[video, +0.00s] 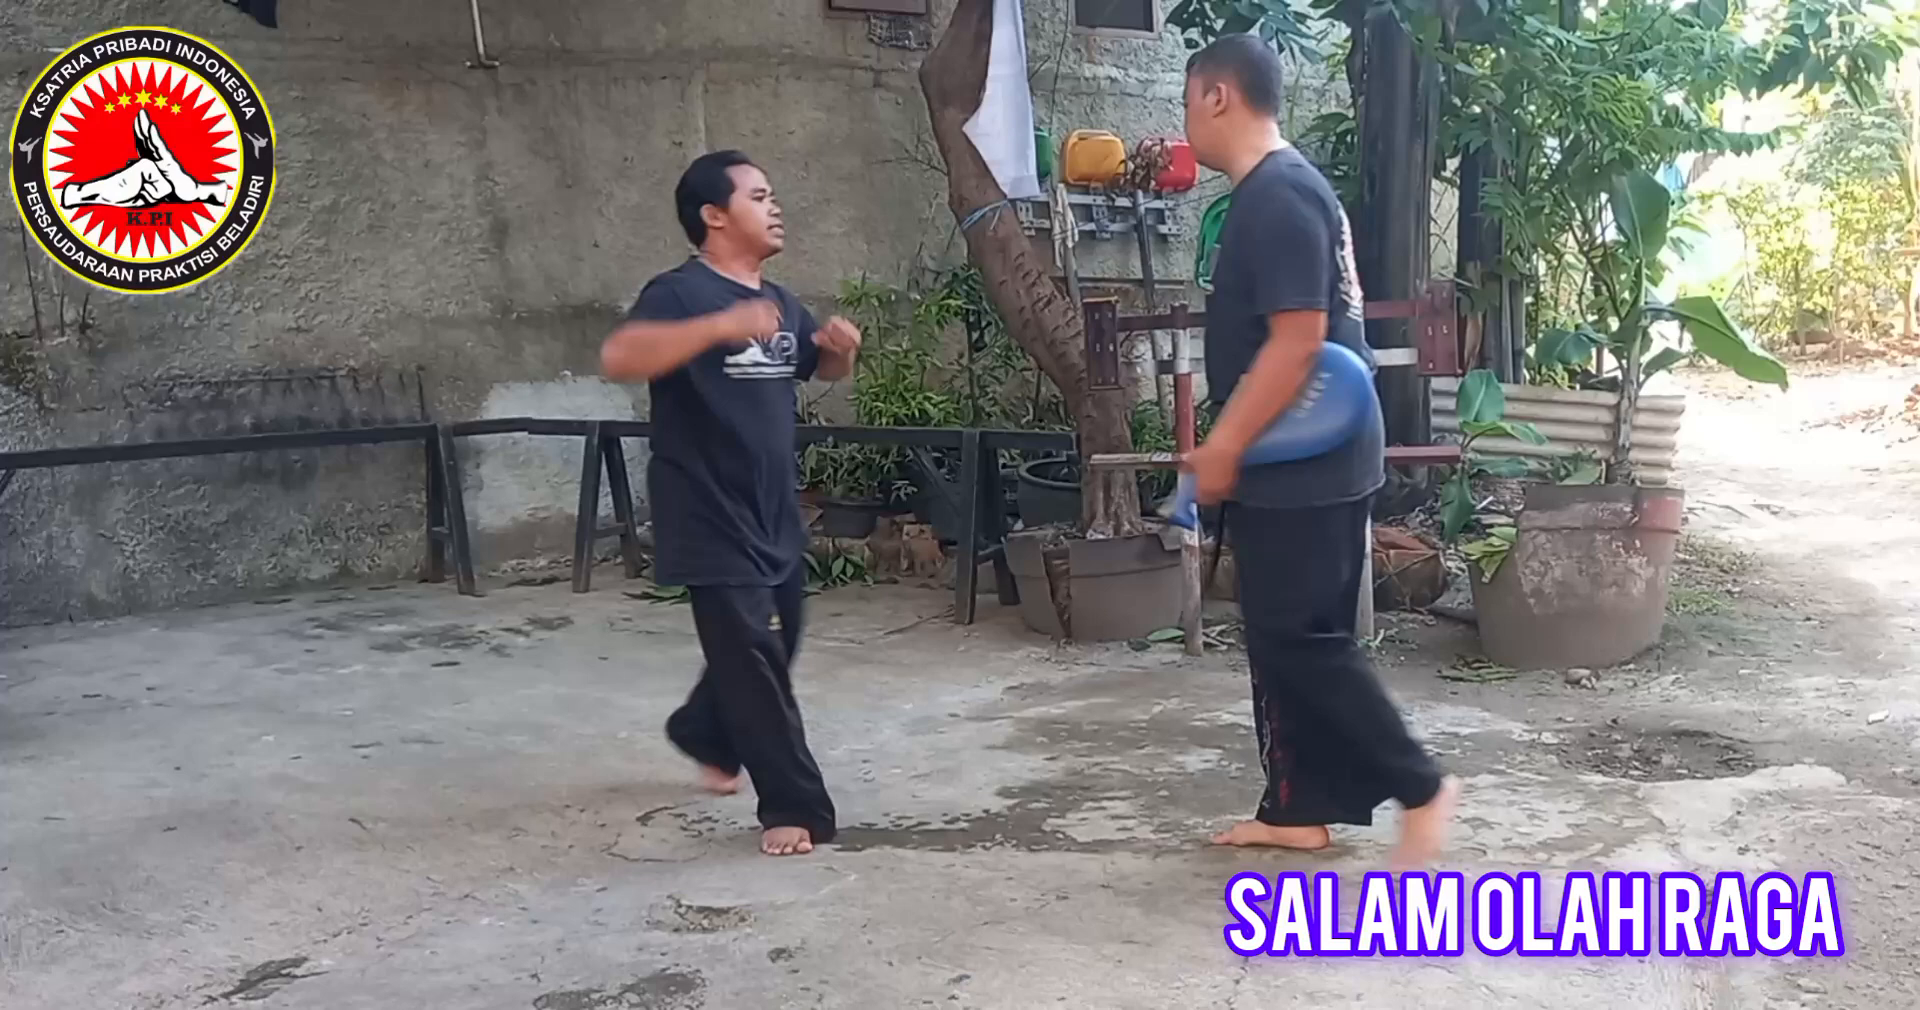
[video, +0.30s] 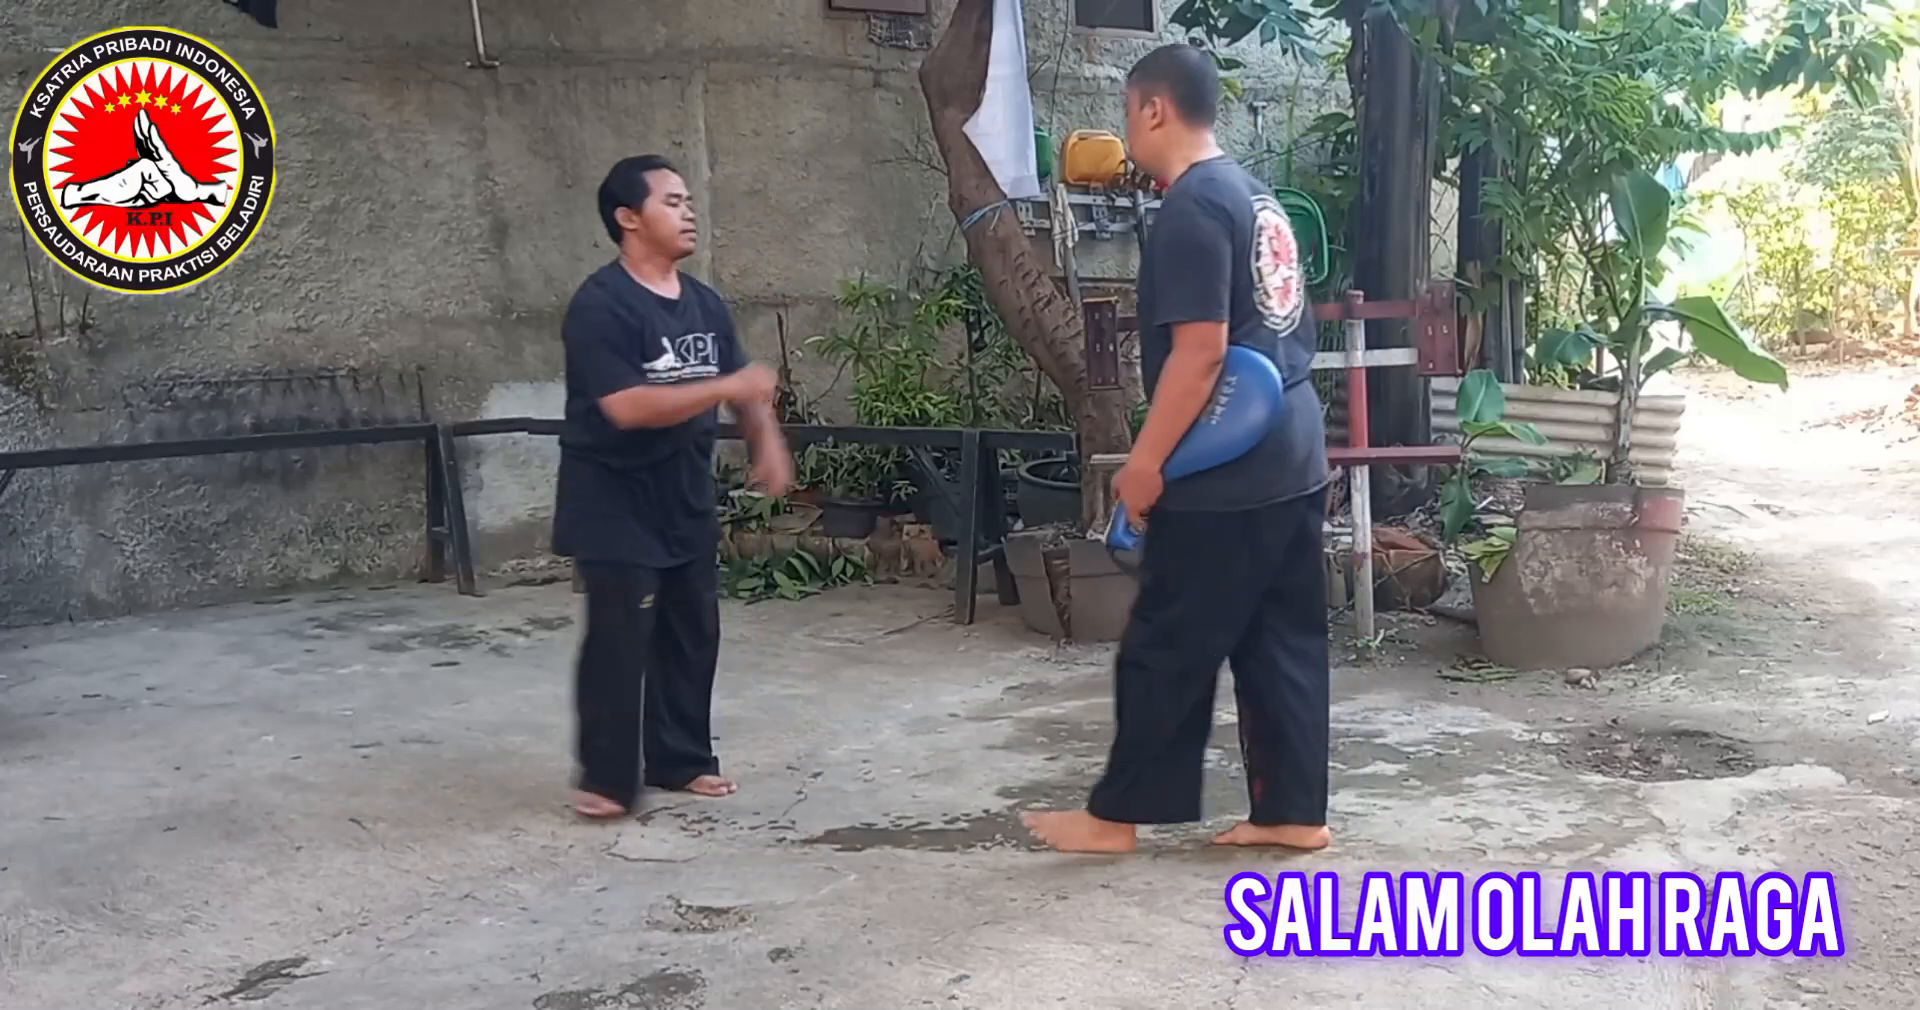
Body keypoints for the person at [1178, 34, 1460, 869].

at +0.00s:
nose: (1184, 124)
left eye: (1187, 105)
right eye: (1184, 106)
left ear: (1218, 97)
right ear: (1251, 97)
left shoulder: (1276, 194)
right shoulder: (1288, 185)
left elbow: (1297, 338)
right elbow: (1317, 328)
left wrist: (1222, 445)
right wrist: (1235, 437)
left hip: (1302, 468)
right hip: (1289, 466)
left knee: (1295, 639)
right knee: (1287, 638)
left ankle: (1422, 788)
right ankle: (1298, 814)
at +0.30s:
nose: (1128, 137)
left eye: (1129, 118)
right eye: (1128, 119)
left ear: (1157, 111)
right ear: (1202, 112)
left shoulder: (1192, 206)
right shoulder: (1249, 193)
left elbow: (1200, 348)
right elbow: (1262, 338)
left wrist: (1145, 460)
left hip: (1225, 475)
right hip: (1289, 465)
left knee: (1164, 647)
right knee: (1283, 645)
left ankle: (1114, 817)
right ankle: (1293, 817)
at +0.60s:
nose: (1013, 155)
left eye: (1015, 138)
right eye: (1013, 139)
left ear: (1044, 135)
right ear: (1086, 130)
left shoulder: (1088, 227)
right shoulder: (1144, 203)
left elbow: (1091, 372)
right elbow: (1162, 341)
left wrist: (1017, 468)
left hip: (1127, 465)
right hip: (1187, 456)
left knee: (1100, 636)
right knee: (1163, 615)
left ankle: (1105, 812)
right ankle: (1207, 749)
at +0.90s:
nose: (924, 217)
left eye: (923, 198)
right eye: (919, 200)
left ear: (958, 182)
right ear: (963, 182)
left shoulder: (1051, 238)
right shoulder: (1003, 260)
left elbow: (1078, 370)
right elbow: (1042, 375)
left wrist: (997, 456)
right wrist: (996, 452)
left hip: (1143, 450)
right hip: (1088, 454)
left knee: (1119, 626)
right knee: (1064, 619)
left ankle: (1115, 812)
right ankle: (1056, 778)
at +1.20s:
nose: (958, 207)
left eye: (960, 187)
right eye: (955, 190)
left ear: (1001, 171)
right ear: (1001, 174)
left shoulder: (1093, 239)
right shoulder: (1026, 263)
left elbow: (1121, 369)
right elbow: (1060, 380)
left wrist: (1034, 451)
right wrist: (1030, 456)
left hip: (1168, 473)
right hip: (1089, 477)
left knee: (1221, 638)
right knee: (1074, 631)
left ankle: (1299, 797)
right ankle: (1072, 777)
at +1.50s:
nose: (1020, 184)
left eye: (1023, 167)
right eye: (1017, 169)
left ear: (1065, 159)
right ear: (1065, 159)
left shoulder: (1160, 238)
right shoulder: (1073, 246)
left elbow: (1206, 368)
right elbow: (1098, 356)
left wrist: (1142, 469)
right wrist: (1069, 445)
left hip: (1204, 493)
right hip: (1125, 491)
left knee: (1237, 656)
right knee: (1107, 637)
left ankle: (1295, 813)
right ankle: (1088, 778)